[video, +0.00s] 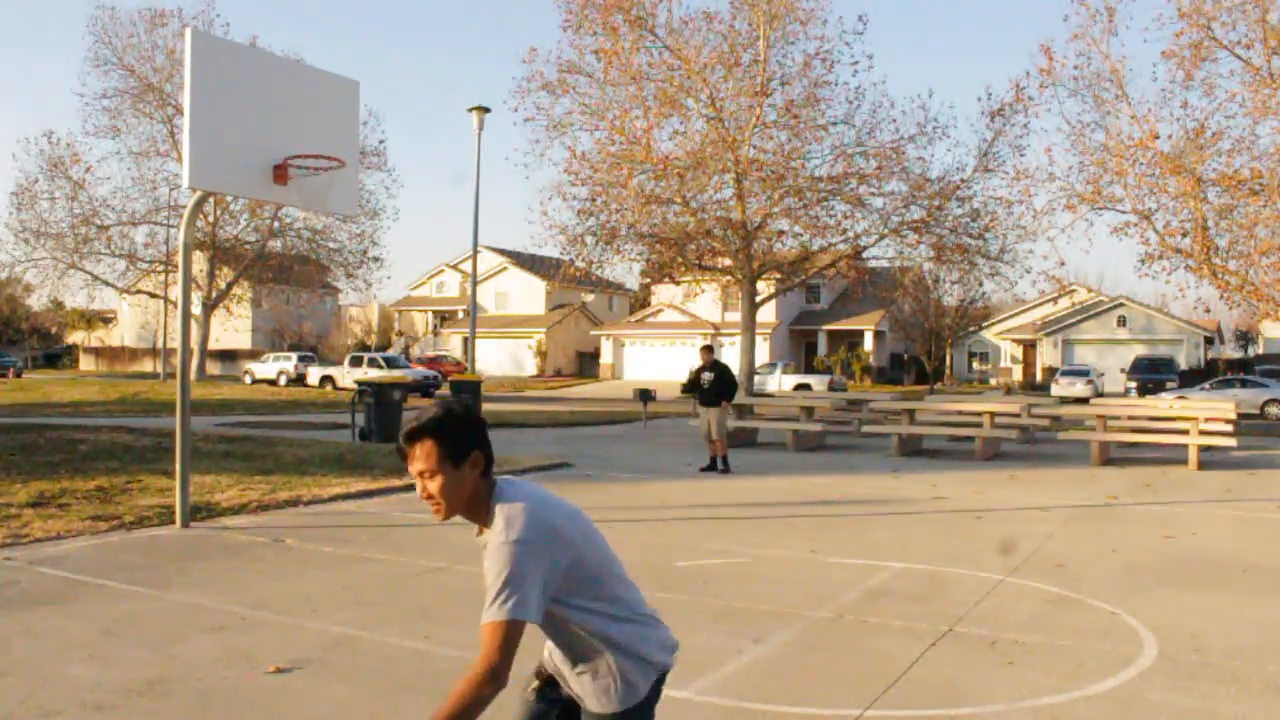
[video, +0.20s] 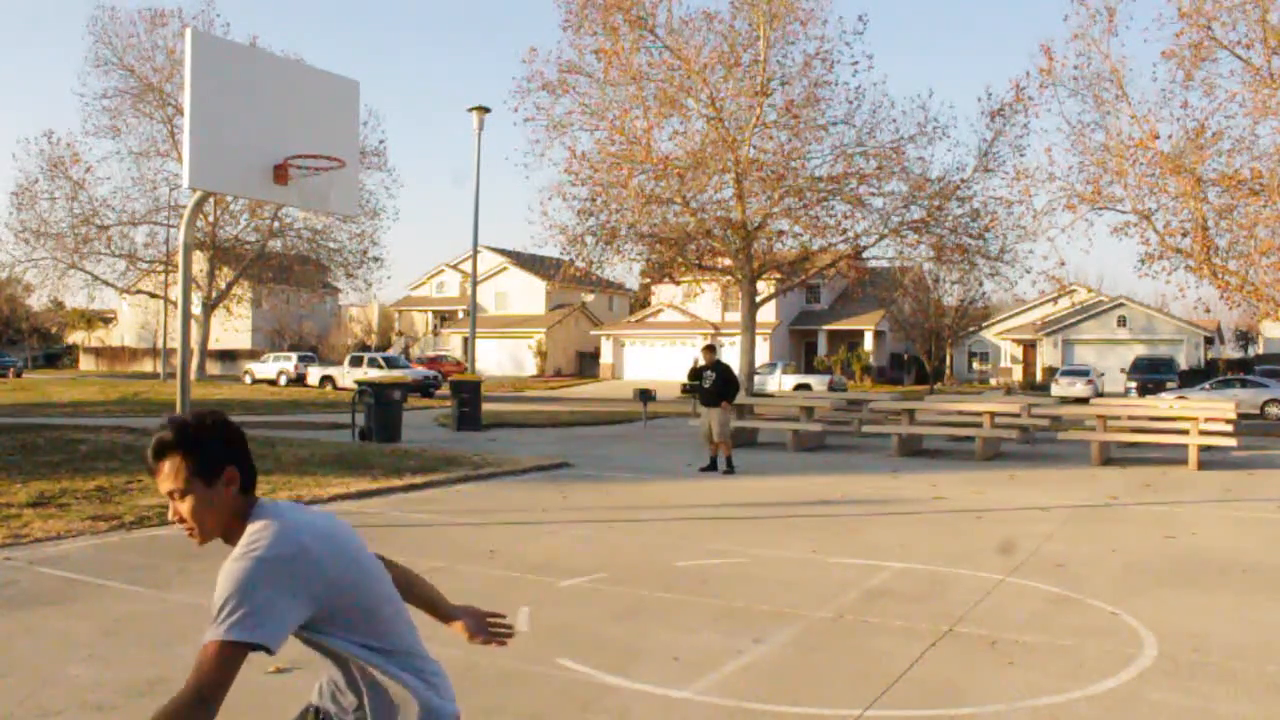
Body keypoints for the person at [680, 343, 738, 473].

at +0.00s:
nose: (702, 357)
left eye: (705, 354)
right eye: (701, 354)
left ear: (711, 354)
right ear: (701, 355)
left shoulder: (722, 368)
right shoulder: (699, 370)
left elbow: (733, 384)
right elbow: (693, 386)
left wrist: (727, 400)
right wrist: (686, 388)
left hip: (718, 405)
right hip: (704, 406)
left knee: (718, 436)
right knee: (709, 437)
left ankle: (725, 463)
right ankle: (712, 462)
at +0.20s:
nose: (704, 357)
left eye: (706, 354)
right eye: (703, 354)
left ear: (712, 353)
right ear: (705, 355)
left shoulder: (723, 368)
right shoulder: (703, 369)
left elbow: (735, 385)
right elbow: (691, 378)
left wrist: (728, 400)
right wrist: (694, 367)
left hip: (719, 406)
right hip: (706, 407)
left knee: (722, 437)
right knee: (710, 437)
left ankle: (729, 464)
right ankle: (713, 463)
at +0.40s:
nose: (708, 357)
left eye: (710, 354)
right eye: (708, 354)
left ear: (717, 354)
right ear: (708, 355)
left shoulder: (727, 369)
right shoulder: (706, 370)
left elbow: (737, 386)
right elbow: (694, 381)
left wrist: (731, 401)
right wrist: (698, 370)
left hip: (722, 407)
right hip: (708, 407)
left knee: (723, 437)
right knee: (712, 438)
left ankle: (729, 464)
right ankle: (713, 462)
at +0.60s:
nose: (711, 356)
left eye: (713, 353)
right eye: (711, 353)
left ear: (719, 354)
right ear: (716, 354)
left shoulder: (733, 371)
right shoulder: (710, 369)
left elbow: (739, 389)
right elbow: (703, 386)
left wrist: (736, 405)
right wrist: (697, 399)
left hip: (726, 408)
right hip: (711, 407)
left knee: (727, 438)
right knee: (712, 438)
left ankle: (730, 465)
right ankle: (713, 462)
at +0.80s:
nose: (712, 357)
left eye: (714, 354)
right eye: (712, 354)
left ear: (720, 355)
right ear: (718, 355)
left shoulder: (735, 371)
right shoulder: (713, 369)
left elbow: (742, 390)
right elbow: (709, 387)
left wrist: (741, 406)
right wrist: (708, 401)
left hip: (727, 408)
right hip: (711, 407)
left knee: (728, 438)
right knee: (704, 434)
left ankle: (730, 464)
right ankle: (707, 457)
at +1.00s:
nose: (712, 357)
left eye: (713, 355)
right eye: (712, 354)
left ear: (719, 355)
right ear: (718, 355)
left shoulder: (732, 371)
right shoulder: (713, 370)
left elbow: (740, 390)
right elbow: (713, 387)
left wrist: (741, 406)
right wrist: (711, 402)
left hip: (727, 409)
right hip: (712, 407)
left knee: (728, 439)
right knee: (705, 435)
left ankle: (730, 465)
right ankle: (701, 461)